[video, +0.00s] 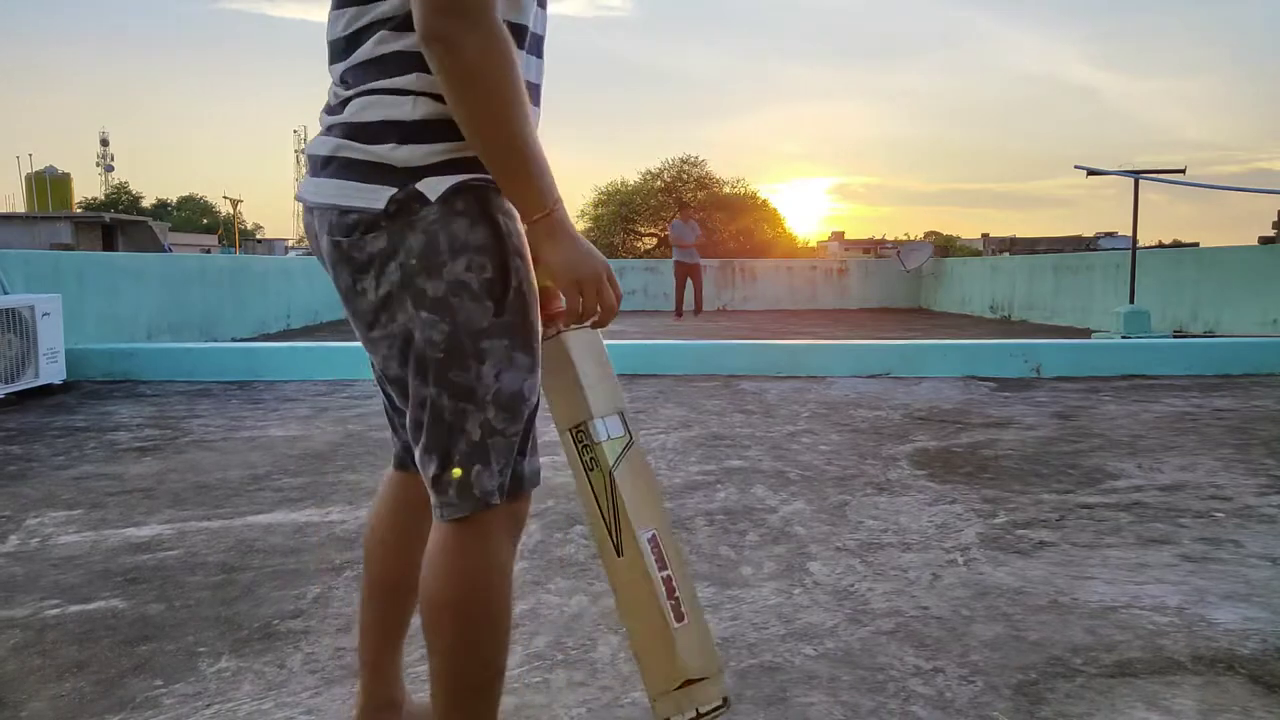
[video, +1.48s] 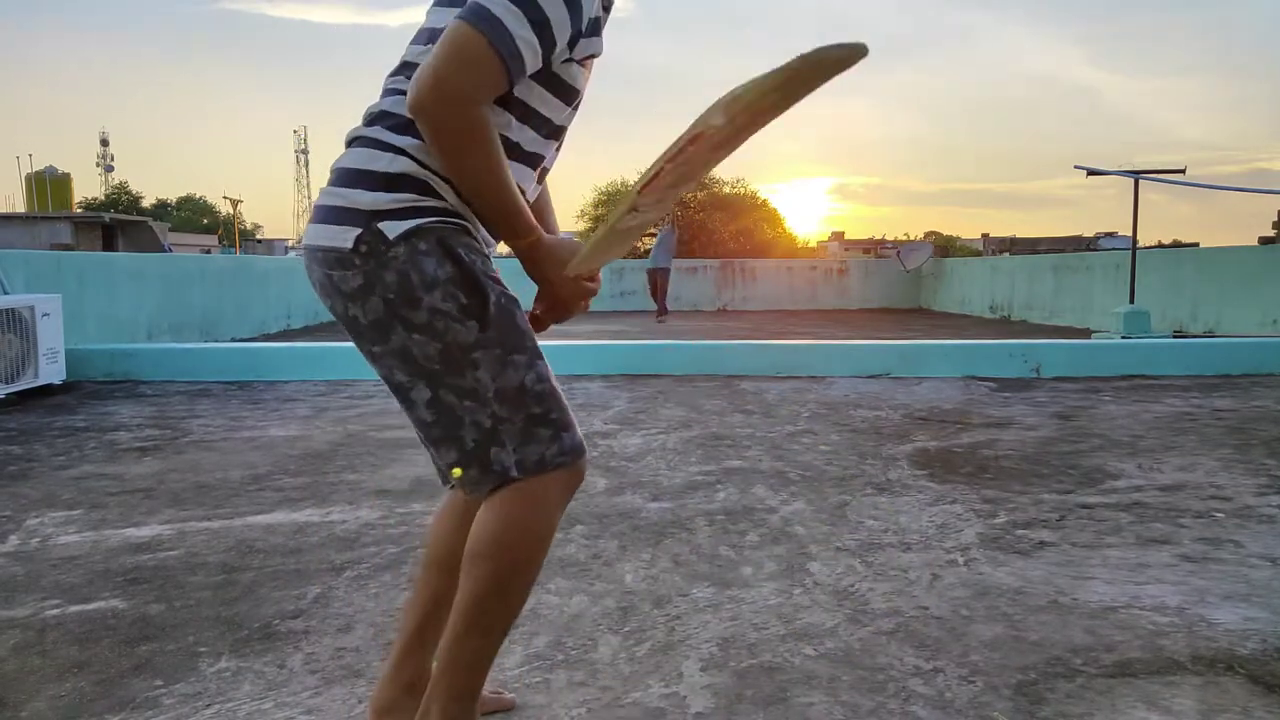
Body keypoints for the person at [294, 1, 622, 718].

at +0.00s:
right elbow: (454, 23)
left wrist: (511, 251)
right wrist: (552, 225)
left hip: (363, 189)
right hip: (430, 194)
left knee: (422, 462)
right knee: (487, 494)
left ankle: (379, 698)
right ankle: (466, 708)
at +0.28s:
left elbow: (508, 57)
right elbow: (482, 43)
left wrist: (572, 212)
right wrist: (549, 221)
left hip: (354, 177)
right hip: (425, 187)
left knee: (422, 452)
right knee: (476, 493)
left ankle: (410, 684)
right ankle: (457, 704)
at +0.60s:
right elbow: (478, 83)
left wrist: (523, 217)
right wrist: (557, 238)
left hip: (338, 201)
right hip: (412, 204)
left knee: (422, 464)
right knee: (482, 490)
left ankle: (399, 686)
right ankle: (468, 705)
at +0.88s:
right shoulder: (552, 1)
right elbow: (490, 160)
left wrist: (490, 314)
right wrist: (504, 326)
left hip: (300, 210)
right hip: (363, 213)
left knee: (427, 471)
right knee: (479, 469)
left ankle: (398, 690)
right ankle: (429, 703)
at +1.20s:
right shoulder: (569, 7)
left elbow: (465, 167)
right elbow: (490, 168)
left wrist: (502, 320)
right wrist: (516, 322)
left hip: (327, 215)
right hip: (381, 216)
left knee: (449, 483)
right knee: (503, 477)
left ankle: (403, 689)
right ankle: (441, 701)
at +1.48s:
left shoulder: (575, 21)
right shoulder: (556, 2)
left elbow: (518, 147)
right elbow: (444, 98)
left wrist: (554, 261)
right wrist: (534, 247)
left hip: (371, 233)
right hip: (401, 231)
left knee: (486, 471)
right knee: (545, 464)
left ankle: (405, 684)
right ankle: (449, 702)